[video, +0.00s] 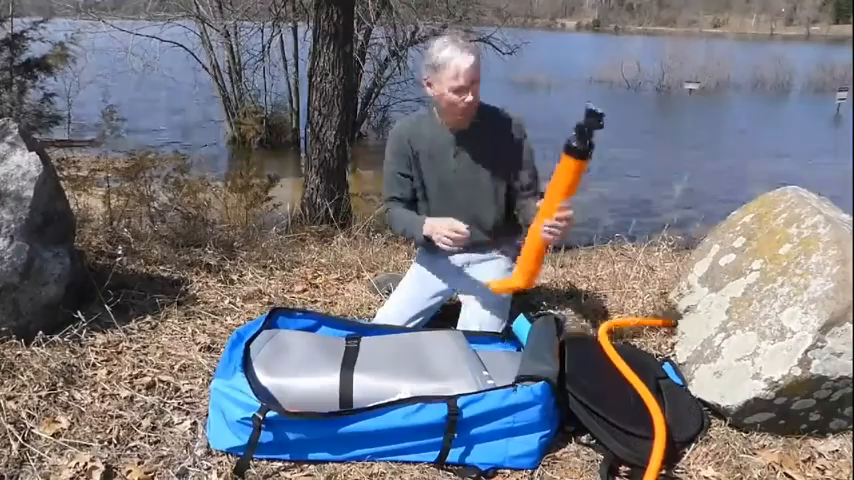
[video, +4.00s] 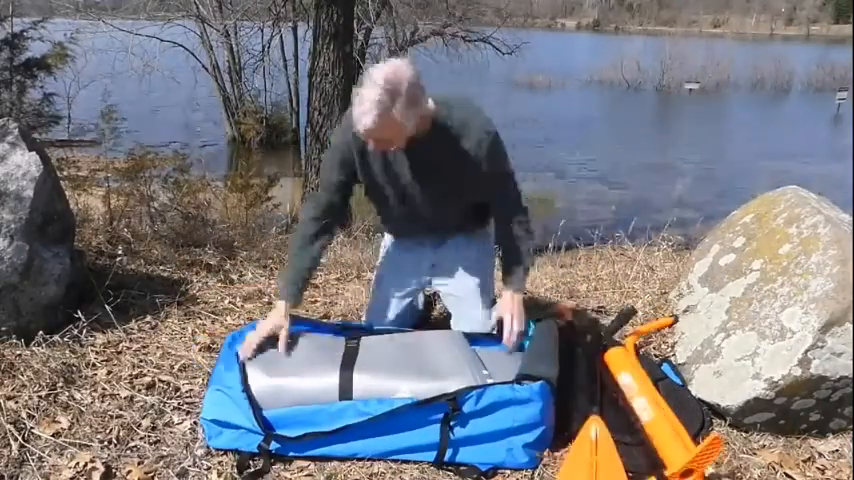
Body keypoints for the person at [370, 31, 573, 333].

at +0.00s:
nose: (471, 99)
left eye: (475, 87)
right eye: (459, 91)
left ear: (480, 80)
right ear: (430, 87)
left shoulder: (507, 129)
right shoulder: (407, 135)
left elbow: (525, 200)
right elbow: (395, 210)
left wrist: (548, 222)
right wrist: (426, 226)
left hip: (492, 259)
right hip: (434, 259)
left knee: (476, 347)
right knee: (382, 335)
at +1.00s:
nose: (335, 153)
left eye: (347, 144)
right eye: (328, 143)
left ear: (380, 125)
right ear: (321, 130)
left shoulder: (429, 149)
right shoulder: (328, 159)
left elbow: (451, 249)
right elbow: (334, 244)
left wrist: (387, 309)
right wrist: (324, 316)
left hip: (460, 238)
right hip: (403, 243)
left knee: (474, 338)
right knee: (382, 340)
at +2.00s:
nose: (410, 90)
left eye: (424, 77)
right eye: (400, 76)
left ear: (446, 61)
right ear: (384, 61)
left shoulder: (484, 94)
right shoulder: (365, 96)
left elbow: (509, 177)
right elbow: (336, 188)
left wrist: (507, 239)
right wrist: (353, 253)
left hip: (468, 238)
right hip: (400, 241)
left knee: (476, 345)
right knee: (376, 346)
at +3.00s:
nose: (442, 81)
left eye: (453, 70)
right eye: (430, 69)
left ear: (467, 57)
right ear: (408, 48)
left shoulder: (494, 99)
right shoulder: (376, 93)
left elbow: (510, 183)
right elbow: (345, 186)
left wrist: (489, 237)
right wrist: (404, 232)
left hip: (467, 242)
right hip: (399, 241)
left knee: (480, 352)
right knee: (376, 350)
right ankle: (419, 308)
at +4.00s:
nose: (378, 148)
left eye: (386, 140)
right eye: (370, 139)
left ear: (419, 118)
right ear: (362, 117)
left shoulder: (473, 134)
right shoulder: (353, 136)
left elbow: (511, 214)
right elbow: (318, 217)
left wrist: (514, 290)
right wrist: (283, 305)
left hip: (467, 243)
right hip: (401, 245)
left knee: (475, 350)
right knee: (380, 346)